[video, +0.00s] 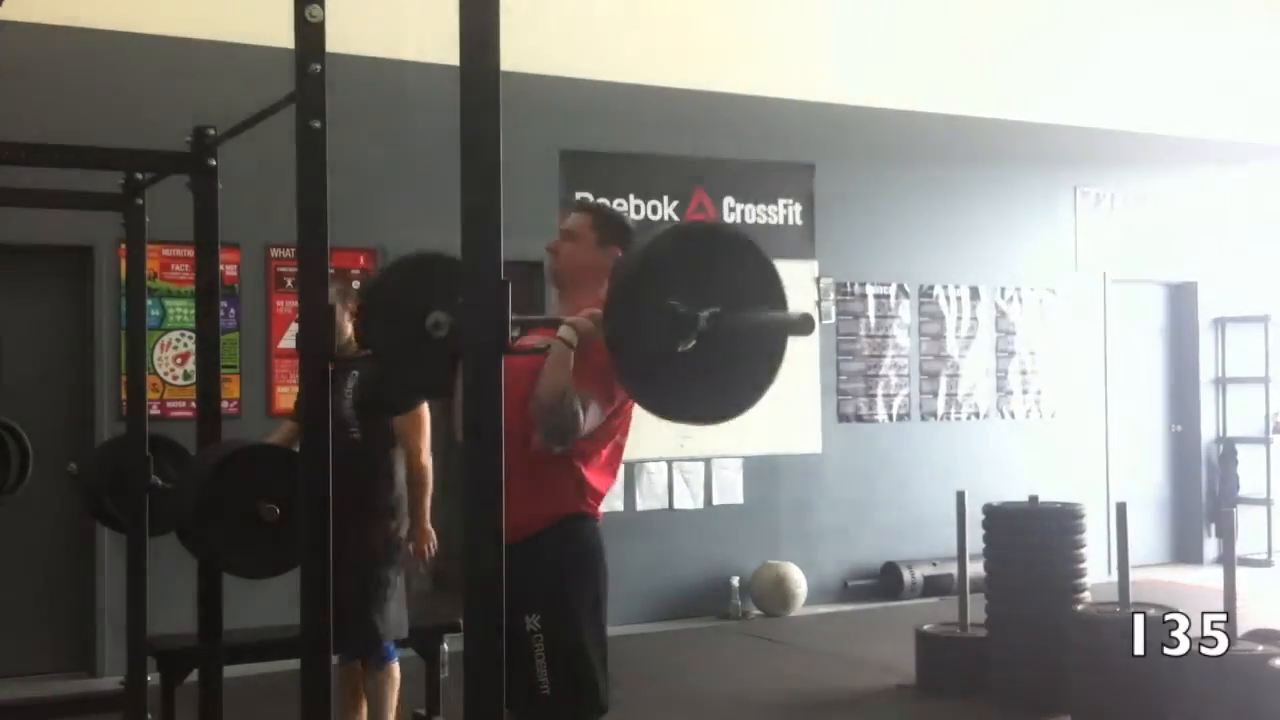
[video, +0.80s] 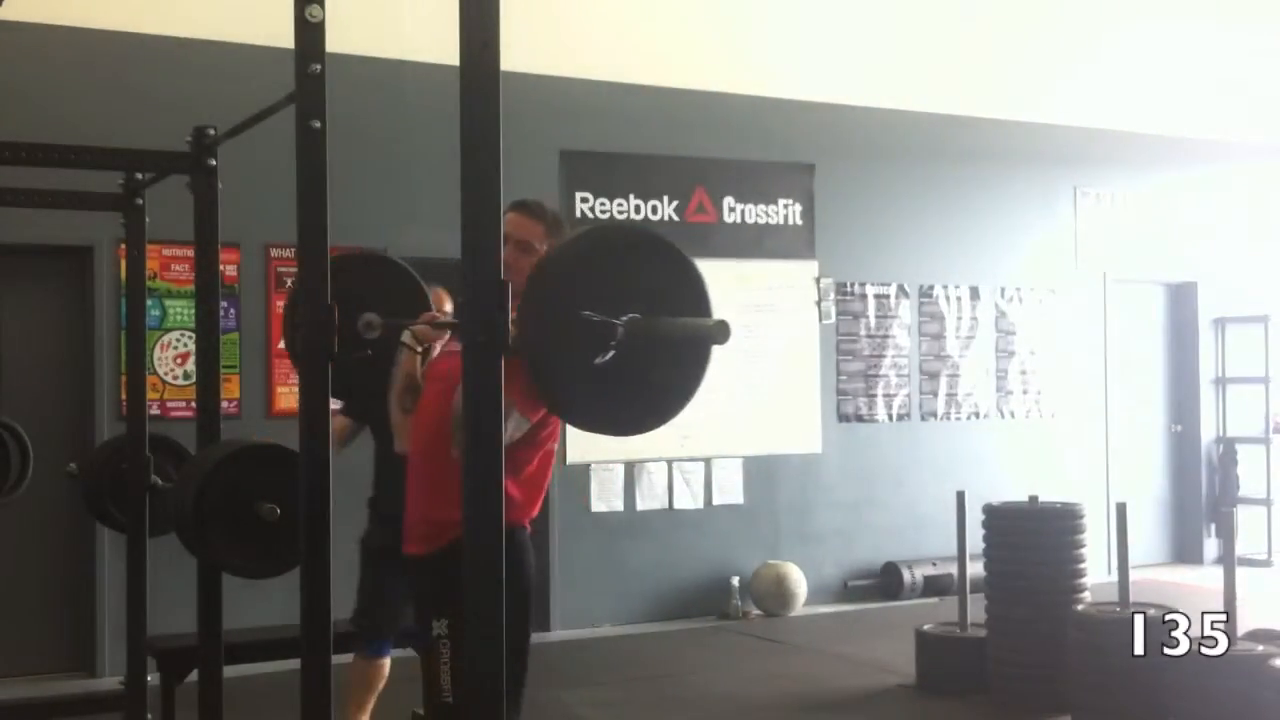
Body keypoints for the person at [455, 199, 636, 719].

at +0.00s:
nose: (552, 245)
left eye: (568, 237)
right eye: (557, 236)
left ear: (611, 256)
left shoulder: (610, 342)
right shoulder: (527, 339)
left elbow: (555, 431)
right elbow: (467, 430)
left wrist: (568, 335)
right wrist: (453, 342)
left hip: (559, 540)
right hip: (500, 540)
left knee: (568, 697)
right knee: (501, 694)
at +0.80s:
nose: (506, 256)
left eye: (524, 247)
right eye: (502, 242)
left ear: (548, 264)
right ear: (489, 249)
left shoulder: (539, 348)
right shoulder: (462, 340)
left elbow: (471, 440)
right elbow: (405, 434)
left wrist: (491, 343)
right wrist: (411, 348)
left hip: (491, 552)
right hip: (438, 552)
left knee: (487, 702)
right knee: (442, 702)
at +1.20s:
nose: (437, 244)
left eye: (450, 234)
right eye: (444, 233)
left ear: (479, 251)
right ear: (462, 252)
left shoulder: (491, 338)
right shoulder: (443, 337)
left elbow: (439, 445)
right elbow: (391, 435)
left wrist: (450, 333)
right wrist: (375, 363)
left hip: (463, 551)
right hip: (428, 549)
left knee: (459, 702)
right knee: (436, 699)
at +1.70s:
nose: (438, 259)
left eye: (445, 245)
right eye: (442, 244)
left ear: (467, 250)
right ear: (485, 251)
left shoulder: (517, 331)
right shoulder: (469, 335)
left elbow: (509, 456)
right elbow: (446, 437)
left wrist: (457, 377)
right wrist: (392, 386)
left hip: (515, 538)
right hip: (476, 537)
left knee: (538, 699)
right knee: (477, 698)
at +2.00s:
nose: (495, 266)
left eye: (507, 249)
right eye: (484, 251)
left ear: (537, 250)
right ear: (481, 262)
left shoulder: (581, 326)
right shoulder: (490, 334)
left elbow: (591, 449)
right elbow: (455, 430)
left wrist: (498, 415)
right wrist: (406, 380)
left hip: (575, 523)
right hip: (502, 522)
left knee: (574, 688)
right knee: (515, 683)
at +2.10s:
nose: (508, 263)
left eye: (521, 248)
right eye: (500, 249)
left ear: (553, 248)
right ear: (495, 256)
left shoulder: (600, 340)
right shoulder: (501, 335)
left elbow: (627, 447)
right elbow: (467, 433)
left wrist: (552, 457)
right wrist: (417, 381)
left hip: (582, 526)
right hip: (512, 526)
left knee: (582, 694)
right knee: (533, 690)